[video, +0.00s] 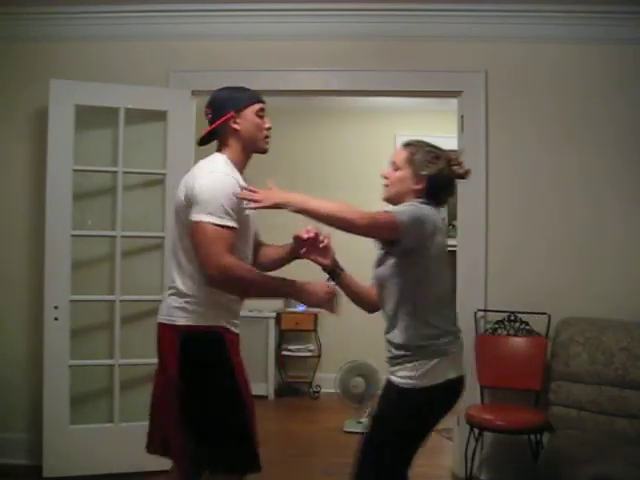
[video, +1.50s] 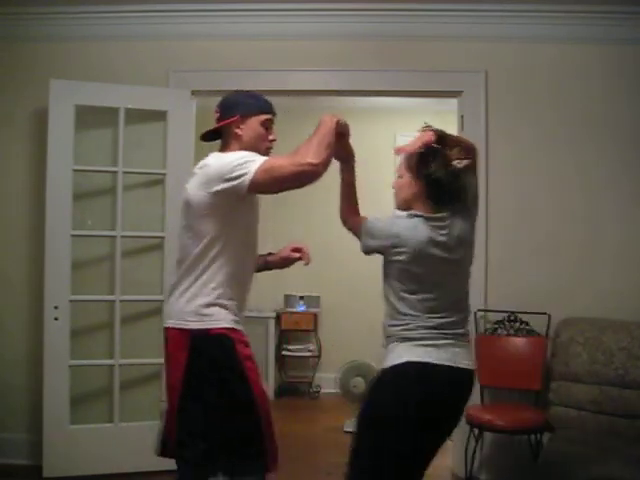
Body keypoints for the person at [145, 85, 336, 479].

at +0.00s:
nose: (269, 124)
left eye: (266, 116)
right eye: (260, 115)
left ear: (234, 125)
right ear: (232, 123)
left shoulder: (230, 181)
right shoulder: (214, 178)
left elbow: (252, 257)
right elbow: (218, 266)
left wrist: (293, 249)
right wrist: (296, 289)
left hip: (206, 330)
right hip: (197, 333)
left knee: (195, 458)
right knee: (225, 460)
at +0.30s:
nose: (298, 128)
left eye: (296, 120)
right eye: (289, 119)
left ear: (269, 128)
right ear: (261, 125)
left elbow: (294, 274)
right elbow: (230, 254)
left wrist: (334, 301)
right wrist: (303, 246)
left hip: (269, 337)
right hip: (234, 337)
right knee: (244, 460)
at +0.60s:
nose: (328, 130)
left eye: (326, 122)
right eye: (320, 121)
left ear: (296, 130)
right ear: (292, 128)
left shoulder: (290, 183)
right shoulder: (276, 179)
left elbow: (317, 259)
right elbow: (310, 255)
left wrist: (374, 273)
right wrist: (374, 268)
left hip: (295, 334)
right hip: (277, 337)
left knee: (334, 446)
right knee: (290, 455)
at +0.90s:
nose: (336, 133)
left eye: (334, 124)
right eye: (328, 124)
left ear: (298, 132)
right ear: (300, 129)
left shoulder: (285, 179)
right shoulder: (287, 176)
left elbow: (305, 266)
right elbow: (319, 230)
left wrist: (363, 272)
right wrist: (389, 224)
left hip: (287, 334)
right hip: (293, 336)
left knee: (307, 458)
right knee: (325, 458)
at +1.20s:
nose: (310, 131)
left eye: (310, 124)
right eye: (303, 122)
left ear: (276, 128)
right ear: (274, 125)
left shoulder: (267, 173)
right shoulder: (258, 167)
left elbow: (259, 261)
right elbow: (323, 189)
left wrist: (310, 258)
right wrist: (344, 147)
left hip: (269, 326)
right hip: (252, 328)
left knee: (309, 436)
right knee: (271, 450)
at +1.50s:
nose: (273, 134)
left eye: (273, 126)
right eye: (265, 124)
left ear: (237, 130)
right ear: (235, 126)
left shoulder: (224, 176)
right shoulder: (220, 166)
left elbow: (216, 261)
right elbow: (306, 167)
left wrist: (270, 261)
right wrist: (328, 127)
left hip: (203, 328)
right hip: (206, 329)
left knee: (200, 452)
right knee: (250, 454)